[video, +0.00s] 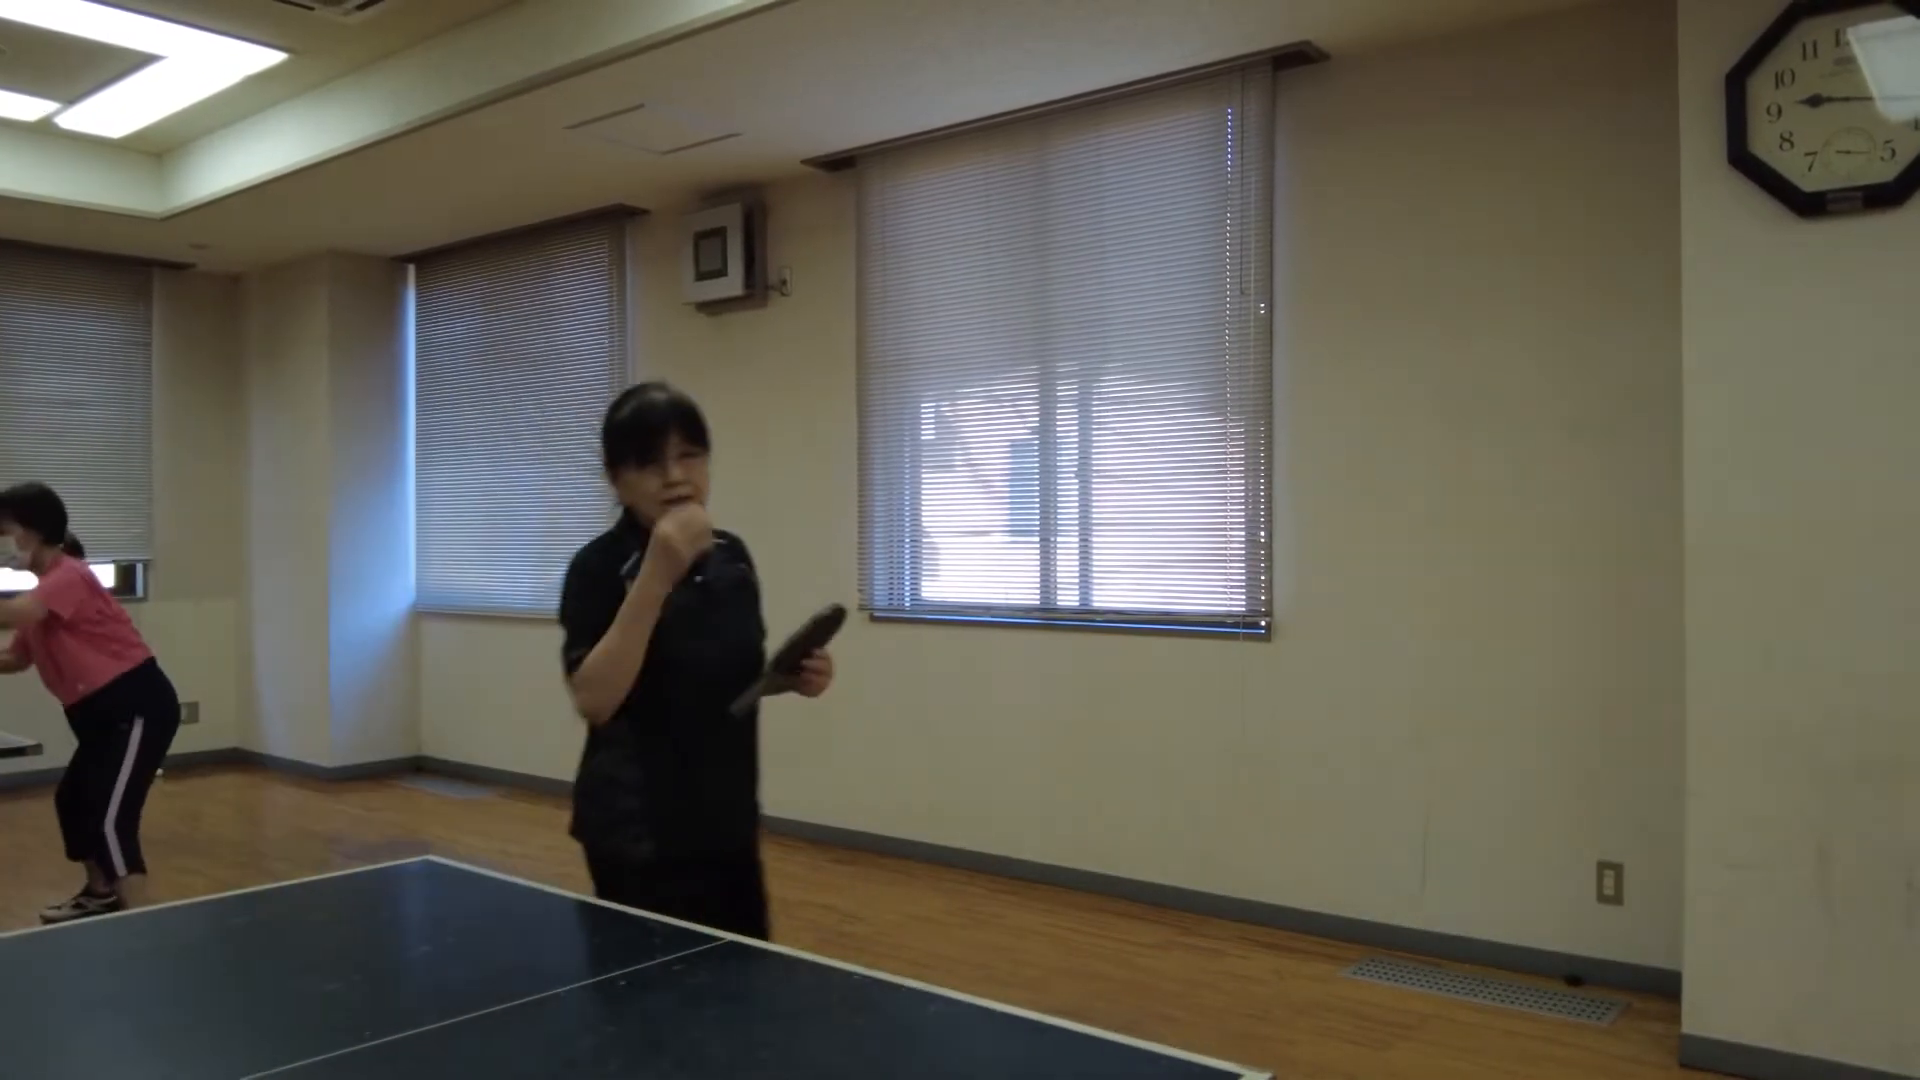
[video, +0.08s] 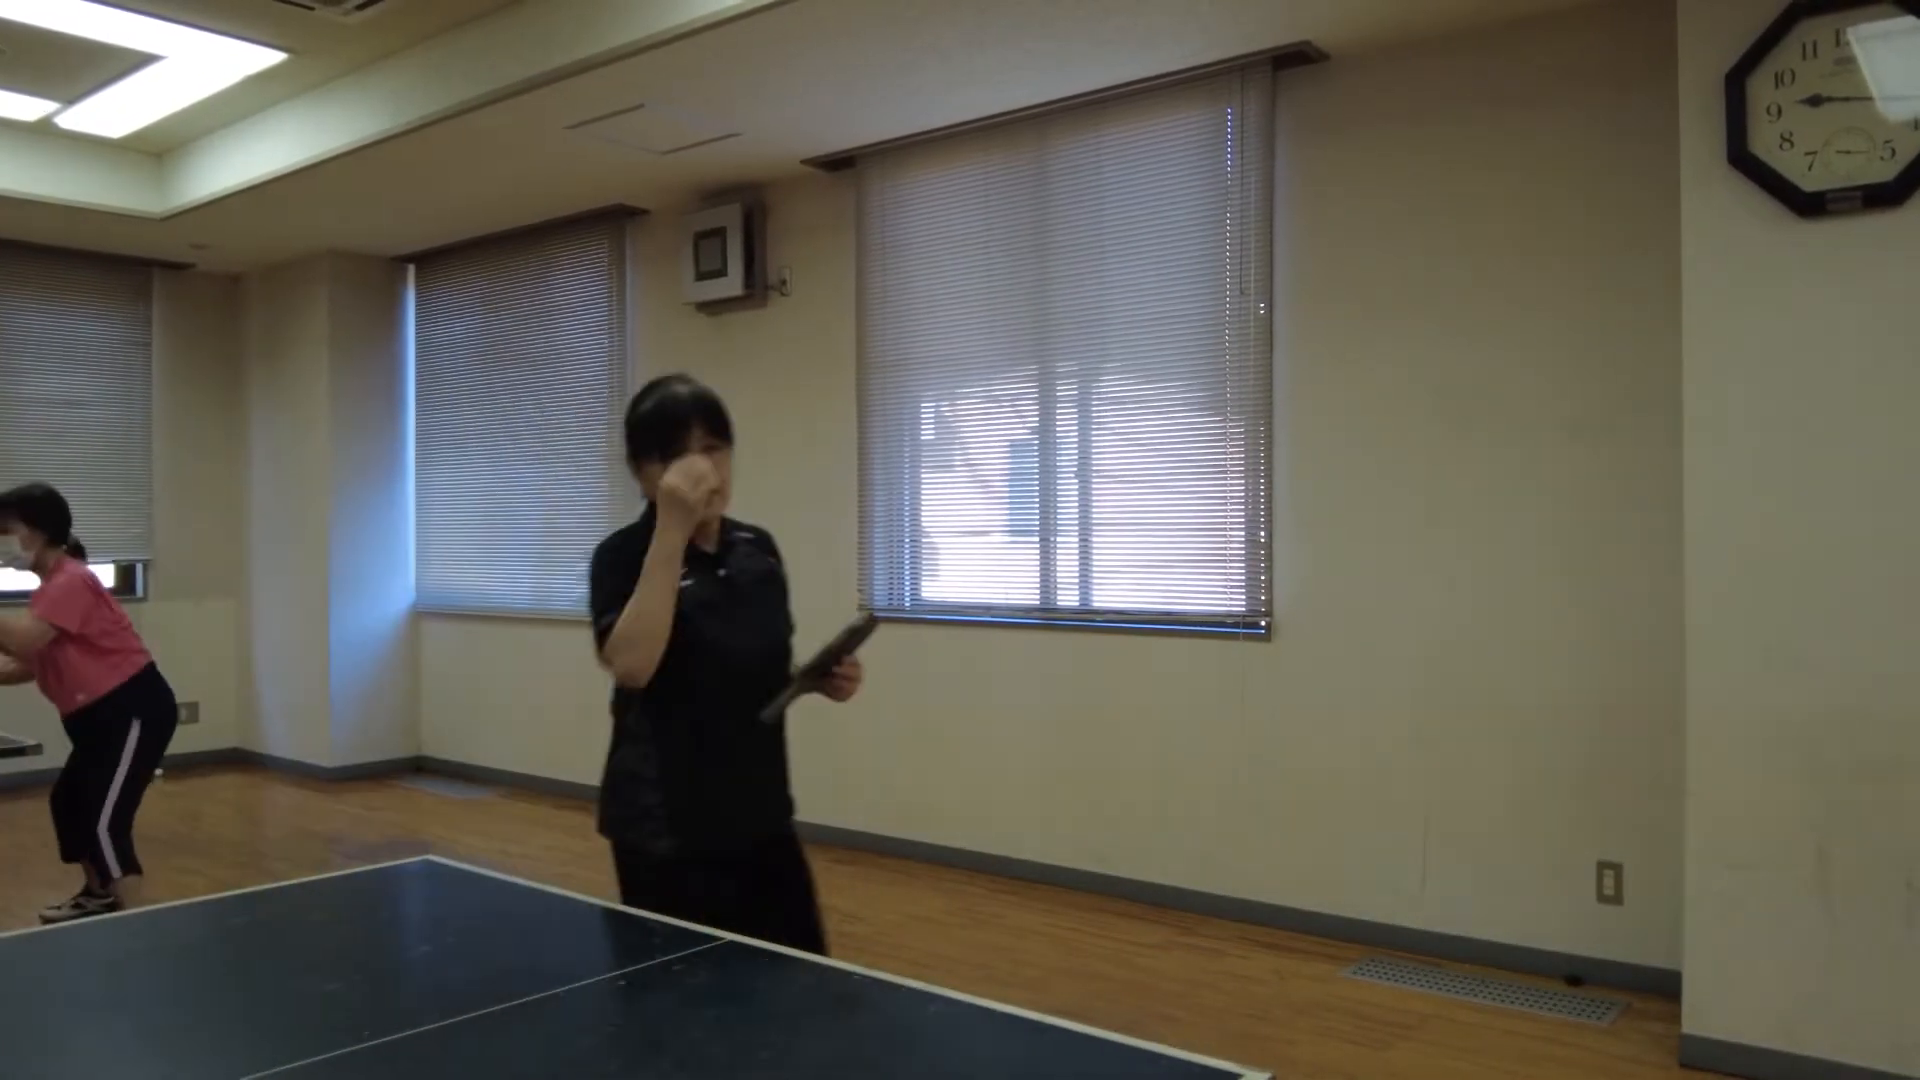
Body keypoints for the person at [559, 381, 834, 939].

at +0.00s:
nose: (674, 477)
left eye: (688, 456)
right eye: (649, 463)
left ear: (708, 463)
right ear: (615, 478)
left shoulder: (728, 556)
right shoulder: (598, 566)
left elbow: (741, 676)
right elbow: (593, 699)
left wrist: (793, 673)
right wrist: (657, 575)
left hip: (722, 811)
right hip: (633, 820)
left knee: (742, 979)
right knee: (647, 987)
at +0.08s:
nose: (701, 470)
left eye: (713, 449)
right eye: (678, 456)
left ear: (731, 456)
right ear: (643, 471)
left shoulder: (755, 550)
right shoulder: (624, 556)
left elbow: (768, 673)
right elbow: (631, 666)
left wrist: (820, 678)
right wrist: (672, 530)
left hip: (754, 813)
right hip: (661, 821)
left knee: (799, 982)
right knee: (680, 991)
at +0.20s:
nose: (735, 466)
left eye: (747, 445)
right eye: (714, 455)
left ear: (769, 451)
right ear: (682, 472)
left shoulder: (803, 546)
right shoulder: (660, 551)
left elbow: (817, 649)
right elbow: (665, 621)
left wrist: (859, 680)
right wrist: (689, 485)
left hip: (798, 803)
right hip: (700, 814)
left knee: (873, 986)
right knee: (704, 998)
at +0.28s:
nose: (759, 466)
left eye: (771, 445)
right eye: (737, 455)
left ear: (795, 450)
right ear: (713, 475)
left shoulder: (842, 552)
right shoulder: (693, 556)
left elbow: (862, 655)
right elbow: (677, 611)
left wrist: (891, 690)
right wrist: (693, 483)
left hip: (832, 810)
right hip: (725, 820)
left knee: (902, 994)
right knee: (724, 1002)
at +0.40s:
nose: (806, 474)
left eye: (821, 452)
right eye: (783, 462)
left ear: (852, 457)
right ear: (762, 482)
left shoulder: (902, 562)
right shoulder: (744, 567)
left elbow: (934, 668)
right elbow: (687, 653)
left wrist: (939, 716)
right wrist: (714, 522)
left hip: (885, 821)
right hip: (773, 823)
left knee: (935, 1001)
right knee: (765, 999)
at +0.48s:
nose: (841, 473)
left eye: (859, 452)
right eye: (821, 460)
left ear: (892, 460)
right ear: (801, 477)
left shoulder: (941, 564)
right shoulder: (773, 574)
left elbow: (989, 670)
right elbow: (714, 690)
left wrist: (969, 716)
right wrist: (734, 560)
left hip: (920, 818)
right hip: (809, 821)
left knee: (962, 1008)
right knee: (789, 1001)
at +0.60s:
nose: (879, 466)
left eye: (899, 447)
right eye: (860, 452)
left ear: (936, 455)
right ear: (841, 466)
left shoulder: (985, 559)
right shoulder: (818, 564)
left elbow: (1039, 680)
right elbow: (769, 695)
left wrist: (980, 711)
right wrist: (763, 633)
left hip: (955, 811)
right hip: (842, 809)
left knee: (978, 1002)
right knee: (809, 991)